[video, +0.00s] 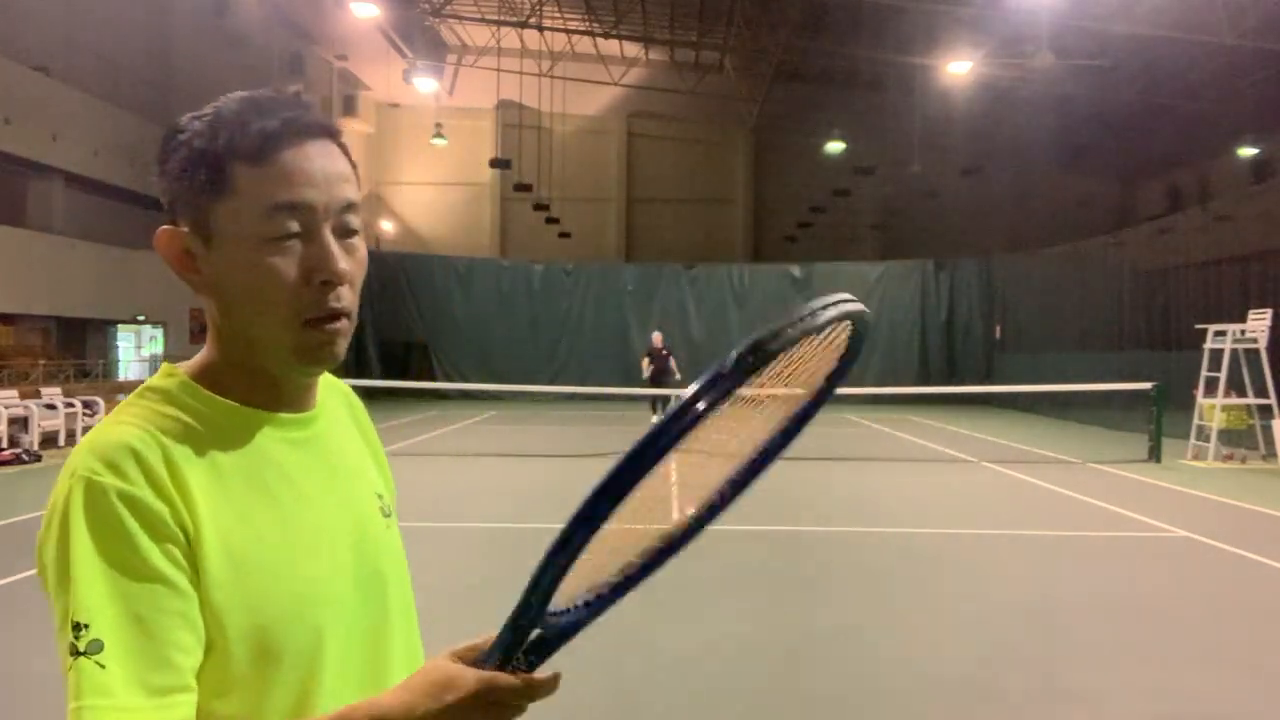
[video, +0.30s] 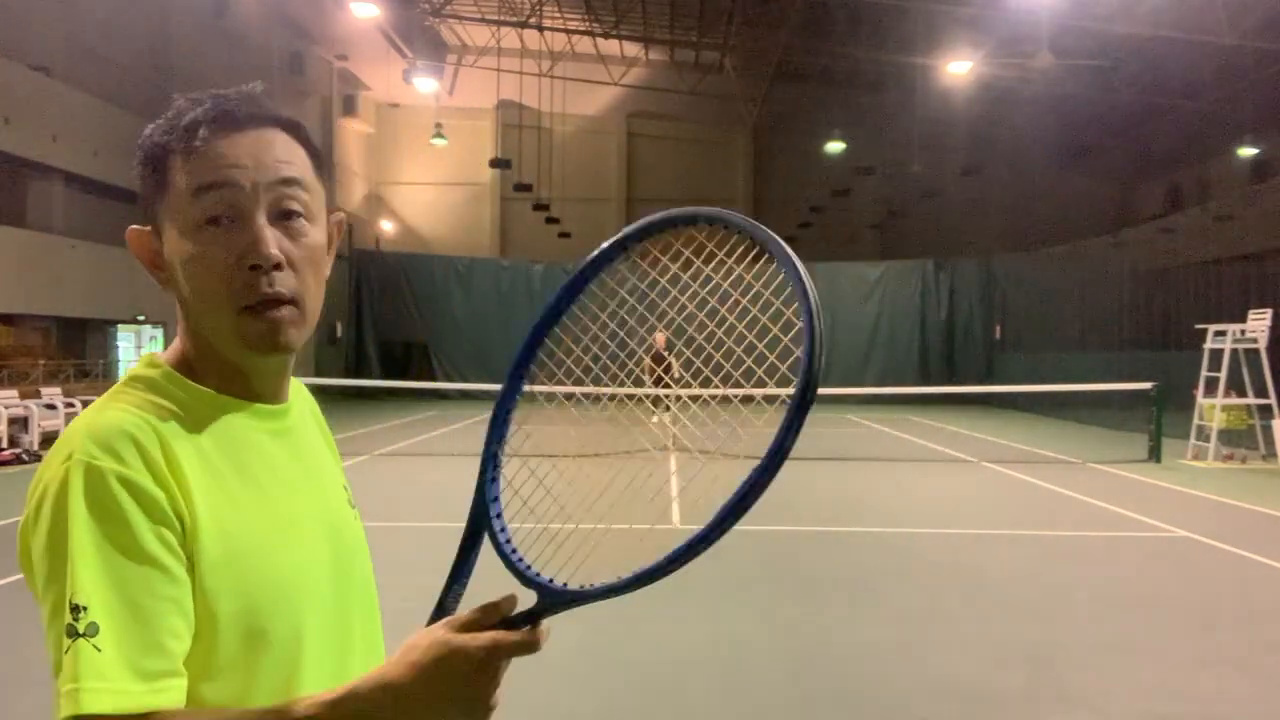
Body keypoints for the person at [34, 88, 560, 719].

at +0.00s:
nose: (335, 269)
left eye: (346, 228)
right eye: (286, 235)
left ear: (365, 239)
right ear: (189, 259)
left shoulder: (340, 408)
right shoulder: (124, 472)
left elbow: (365, 655)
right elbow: (130, 705)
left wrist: (445, 695)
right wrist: (408, 703)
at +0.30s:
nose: (267, 251)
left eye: (291, 214)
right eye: (220, 218)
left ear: (330, 242)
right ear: (156, 255)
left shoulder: (298, 413)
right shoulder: (111, 457)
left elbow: (313, 666)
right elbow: (119, 705)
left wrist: (412, 689)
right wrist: (386, 696)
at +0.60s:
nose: (277, 251)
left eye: (296, 214)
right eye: (229, 223)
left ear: (338, 235)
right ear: (173, 265)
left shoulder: (318, 404)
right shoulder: (143, 444)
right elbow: (148, 701)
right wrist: (412, 656)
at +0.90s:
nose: (305, 259)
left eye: (329, 222)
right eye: (260, 227)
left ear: (367, 243)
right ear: (203, 259)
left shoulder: (342, 404)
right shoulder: (155, 439)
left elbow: (337, 630)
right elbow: (160, 700)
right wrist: (420, 651)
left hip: (374, 710)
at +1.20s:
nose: (294, 260)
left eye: (316, 220)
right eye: (247, 228)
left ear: (354, 234)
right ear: (188, 257)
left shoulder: (333, 399)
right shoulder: (145, 445)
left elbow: (329, 632)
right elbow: (147, 705)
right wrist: (410, 665)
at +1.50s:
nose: (330, 268)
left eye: (346, 227)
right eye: (283, 232)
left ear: (368, 237)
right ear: (197, 253)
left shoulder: (306, 409)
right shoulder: (139, 441)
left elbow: (302, 651)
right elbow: (133, 707)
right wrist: (412, 671)